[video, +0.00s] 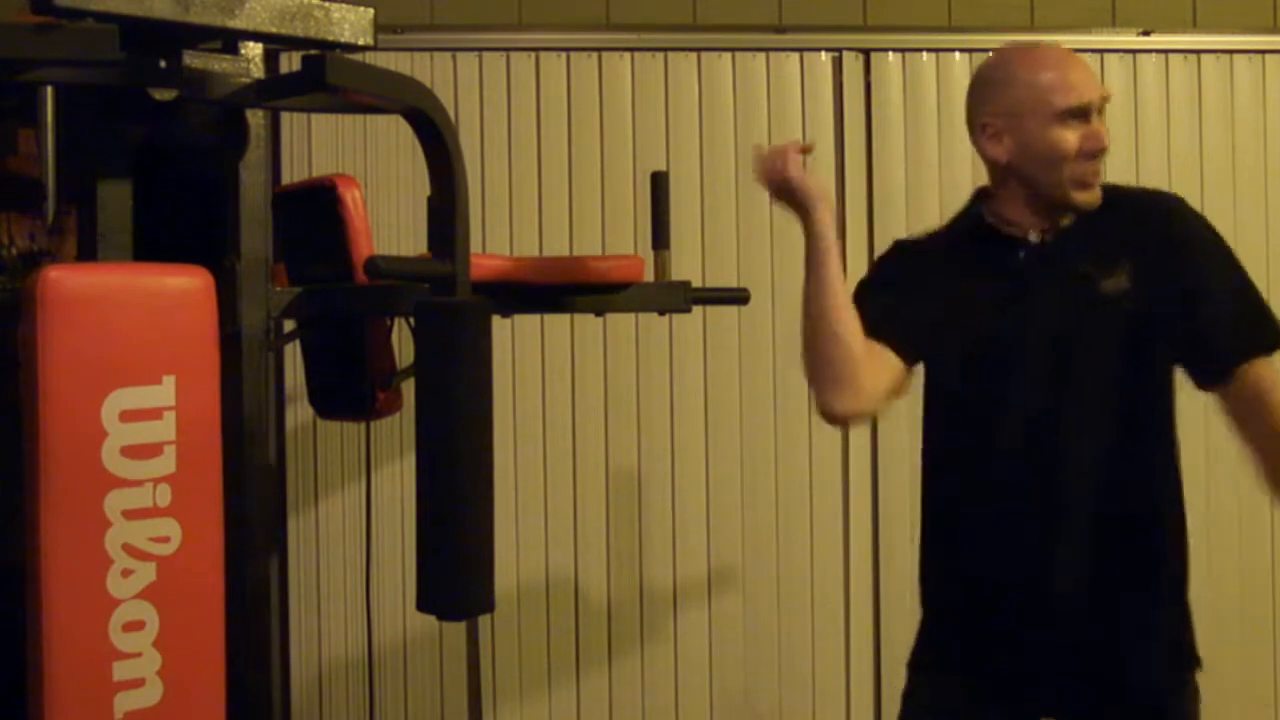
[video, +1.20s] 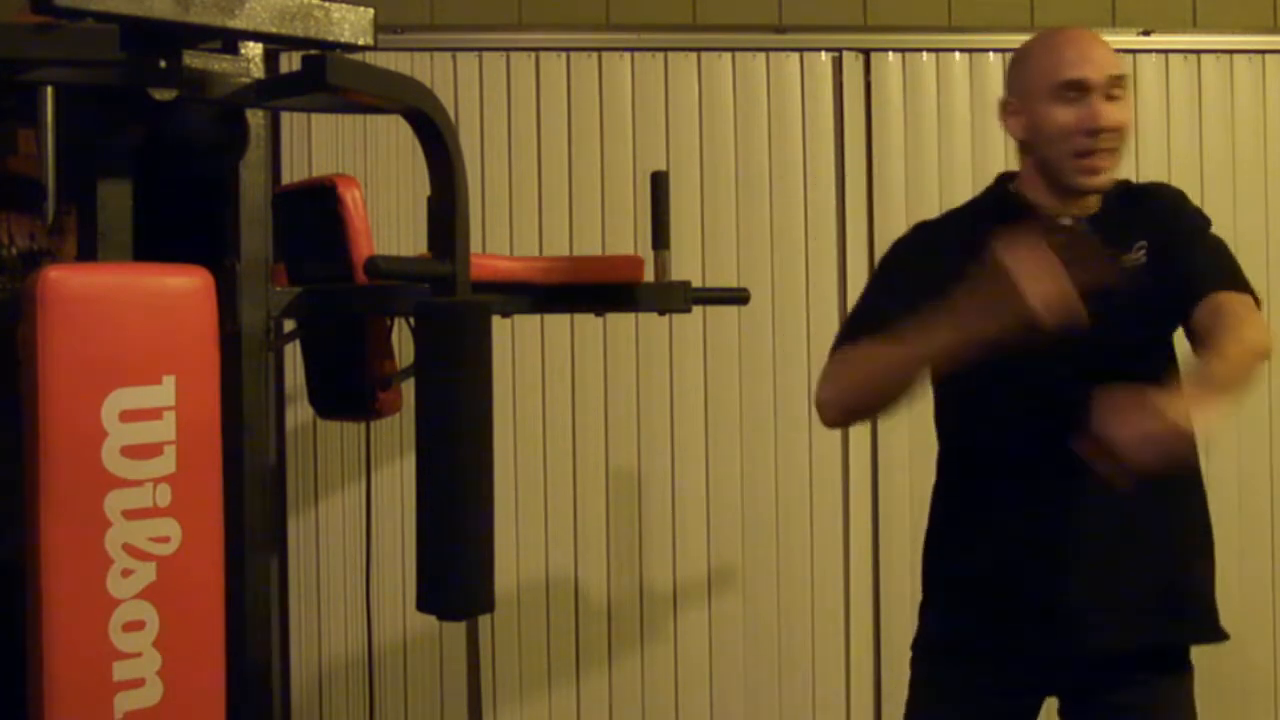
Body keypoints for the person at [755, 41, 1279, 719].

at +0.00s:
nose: (1100, 137)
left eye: (1100, 114)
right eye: (1075, 118)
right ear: (995, 138)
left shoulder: (1159, 235)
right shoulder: (933, 266)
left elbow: (1263, 406)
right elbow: (844, 395)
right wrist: (818, 219)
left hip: (1133, 648)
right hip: (975, 654)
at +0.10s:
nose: (1109, 160)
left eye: (1108, 135)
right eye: (1082, 140)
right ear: (1003, 162)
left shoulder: (1172, 256)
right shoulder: (945, 289)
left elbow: (1276, 390)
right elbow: (845, 390)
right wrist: (852, 206)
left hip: (1150, 675)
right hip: (986, 678)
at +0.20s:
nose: (1123, 157)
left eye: (1121, 133)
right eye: (1094, 138)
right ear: (1015, 165)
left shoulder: (1176, 261)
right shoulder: (944, 293)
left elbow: (1275, 372)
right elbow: (904, 437)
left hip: (1155, 672)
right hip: (993, 676)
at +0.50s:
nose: (1124, 111)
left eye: (1125, 86)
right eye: (1095, 89)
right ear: (1021, 115)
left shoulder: (1171, 223)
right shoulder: (947, 251)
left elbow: (1268, 339)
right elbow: (858, 395)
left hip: (1147, 619)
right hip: (991, 623)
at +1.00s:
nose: (1107, 114)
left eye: (1108, 91)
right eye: (1077, 94)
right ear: (1003, 119)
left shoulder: (1167, 225)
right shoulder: (939, 250)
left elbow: (1273, 344)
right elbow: (873, 401)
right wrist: (920, 223)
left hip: (1138, 619)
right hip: (981, 618)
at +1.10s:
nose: (1125, 115)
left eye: (1127, 92)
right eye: (1093, 95)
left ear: (1135, 100)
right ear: (1025, 120)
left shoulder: (1165, 222)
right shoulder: (945, 248)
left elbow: (1258, 332)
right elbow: (862, 405)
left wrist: (1175, 380)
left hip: (1138, 614)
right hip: (984, 617)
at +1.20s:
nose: (1101, 117)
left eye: (1114, 93)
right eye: (1071, 95)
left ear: (1129, 106)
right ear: (1015, 118)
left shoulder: (1158, 219)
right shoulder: (939, 248)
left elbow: (1243, 334)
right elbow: (837, 399)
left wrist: (1180, 407)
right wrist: (977, 310)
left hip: (1135, 610)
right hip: (982, 612)